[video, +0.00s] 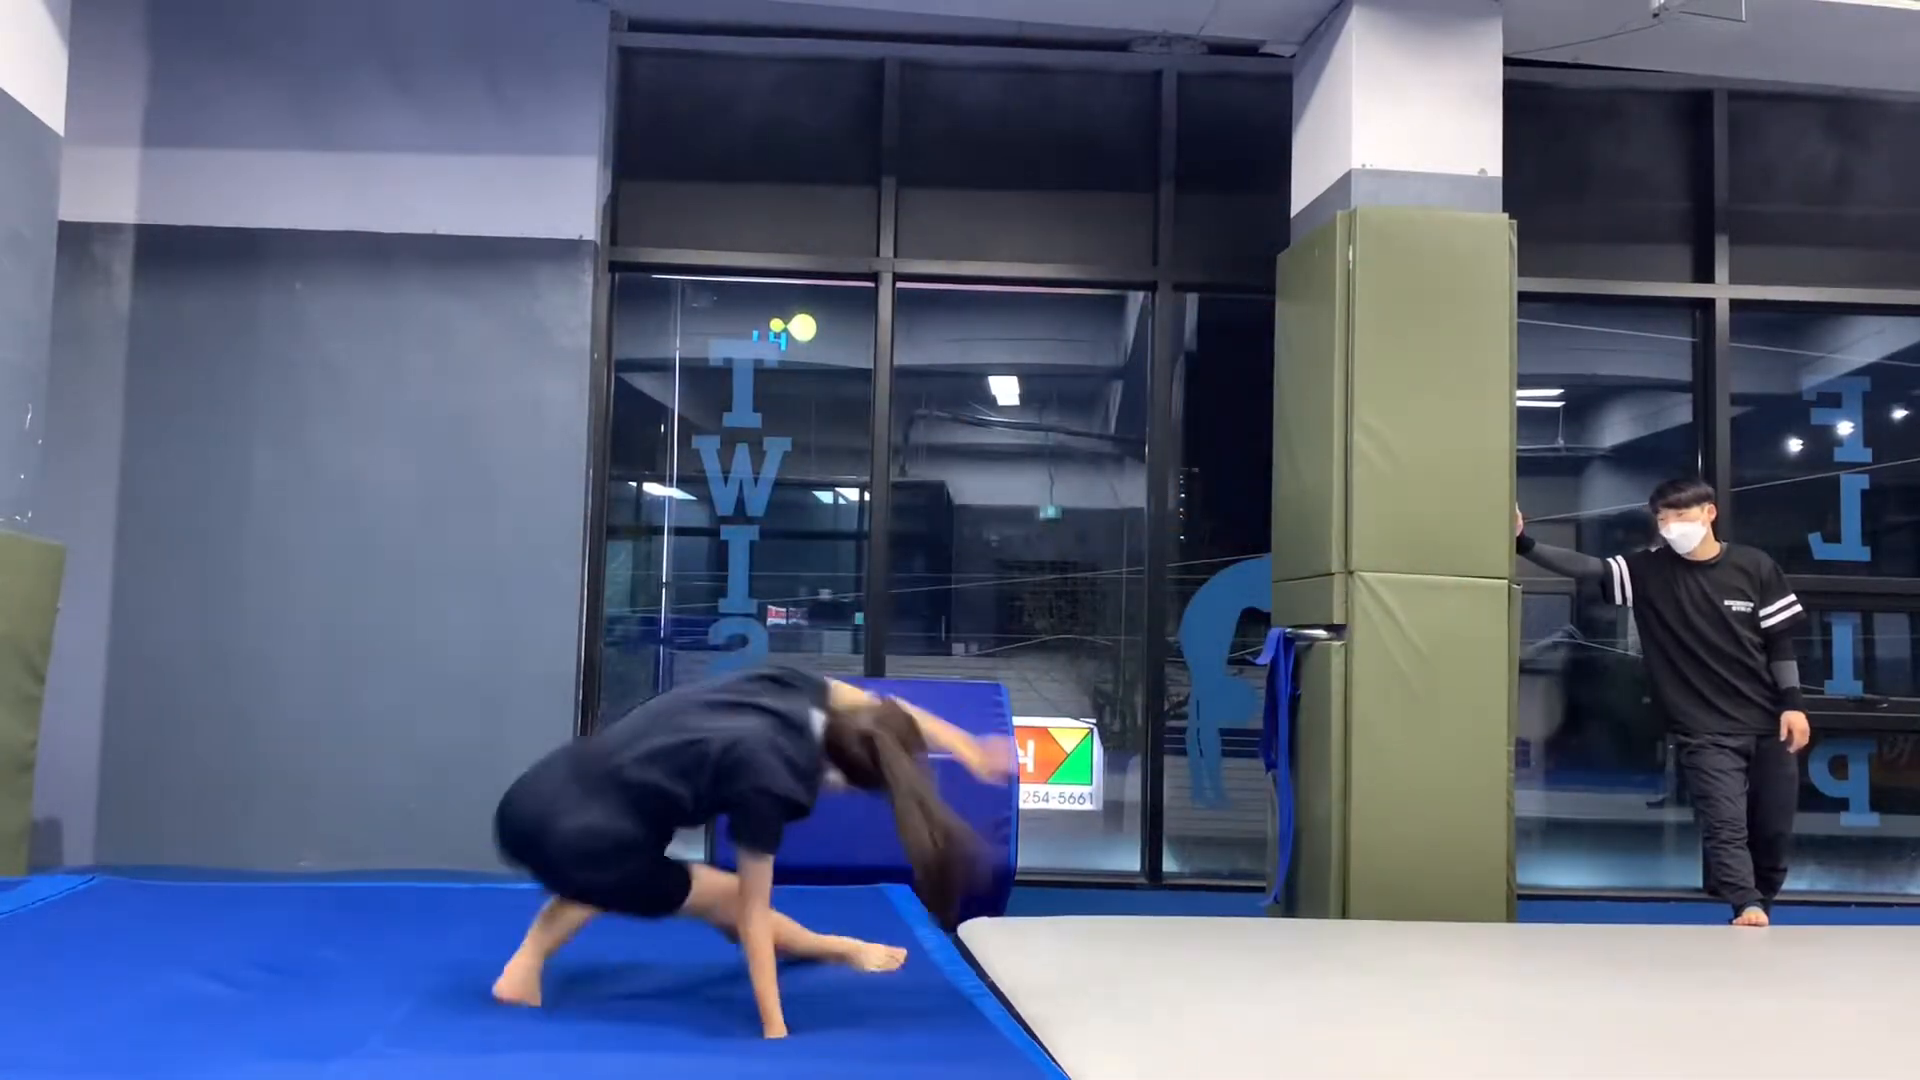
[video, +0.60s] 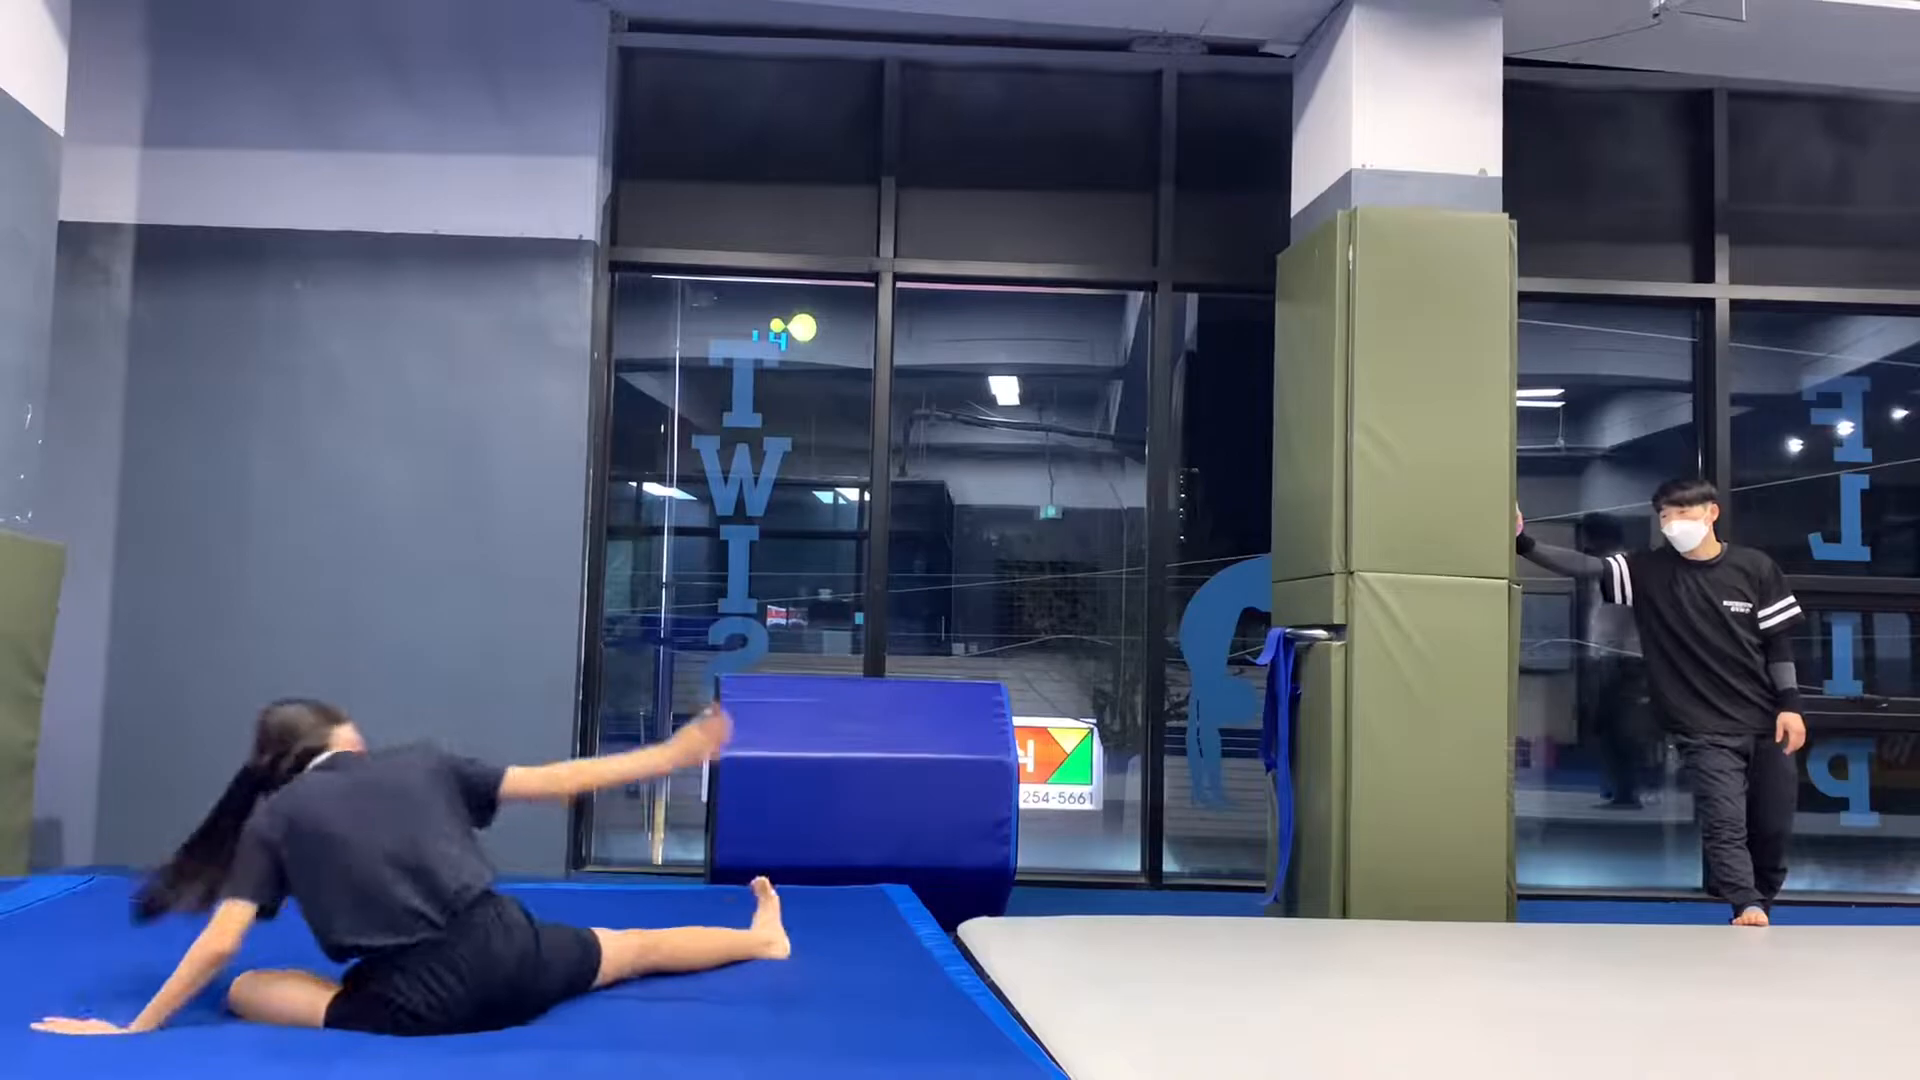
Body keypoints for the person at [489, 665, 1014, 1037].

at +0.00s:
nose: (851, 793)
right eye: (860, 786)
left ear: (858, 702)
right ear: (850, 775)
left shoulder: (792, 684)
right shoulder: (771, 773)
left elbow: (893, 711)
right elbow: (752, 912)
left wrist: (969, 750)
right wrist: (772, 1028)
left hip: (534, 800)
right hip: (581, 842)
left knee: (637, 839)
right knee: (735, 902)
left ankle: (521, 969)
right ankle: (841, 950)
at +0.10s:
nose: (797, 731)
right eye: (800, 718)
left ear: (746, 666)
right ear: (788, 718)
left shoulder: (684, 676)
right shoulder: (741, 773)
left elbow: (742, 622)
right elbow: (733, 914)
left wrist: (828, 598)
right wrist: (766, 1021)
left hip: (486, 904)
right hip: (573, 942)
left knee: (503, 831)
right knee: (725, 945)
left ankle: (517, 968)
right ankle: (830, 945)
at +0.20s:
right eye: (702, 709)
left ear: (622, 693)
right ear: (694, 717)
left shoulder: (563, 728)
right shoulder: (683, 781)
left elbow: (515, 649)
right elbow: (695, 918)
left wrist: (563, 565)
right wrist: (754, 1013)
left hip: (461, 982)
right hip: (569, 996)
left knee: (365, 866)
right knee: (701, 950)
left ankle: (437, 955)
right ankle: (819, 939)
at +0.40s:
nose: (528, 738)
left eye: (521, 728)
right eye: (525, 728)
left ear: (439, 722)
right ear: (506, 727)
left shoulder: (391, 773)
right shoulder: (535, 784)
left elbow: (256, 826)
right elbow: (631, 886)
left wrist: (137, 860)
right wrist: (735, 935)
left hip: (424, 1006)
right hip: (535, 989)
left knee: (251, 980)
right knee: (650, 947)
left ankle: (380, 997)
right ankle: (763, 940)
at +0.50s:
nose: (438, 727)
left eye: (430, 716)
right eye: (431, 718)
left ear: (348, 732)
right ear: (412, 724)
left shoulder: (316, 795)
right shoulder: (465, 766)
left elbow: (241, 921)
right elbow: (591, 826)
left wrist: (149, 1011)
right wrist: (703, 841)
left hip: (416, 998)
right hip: (525, 970)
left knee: (241, 985)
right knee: (636, 950)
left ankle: (361, 1001)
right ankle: (763, 939)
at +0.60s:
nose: (363, 734)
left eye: (352, 730)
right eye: (354, 730)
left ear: (278, 767)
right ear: (338, 740)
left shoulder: (272, 819)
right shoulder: (417, 766)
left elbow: (219, 950)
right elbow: (562, 782)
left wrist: (136, 1026)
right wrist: (674, 753)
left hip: (412, 1001)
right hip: (514, 958)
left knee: (244, 990)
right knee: (632, 953)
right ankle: (762, 938)